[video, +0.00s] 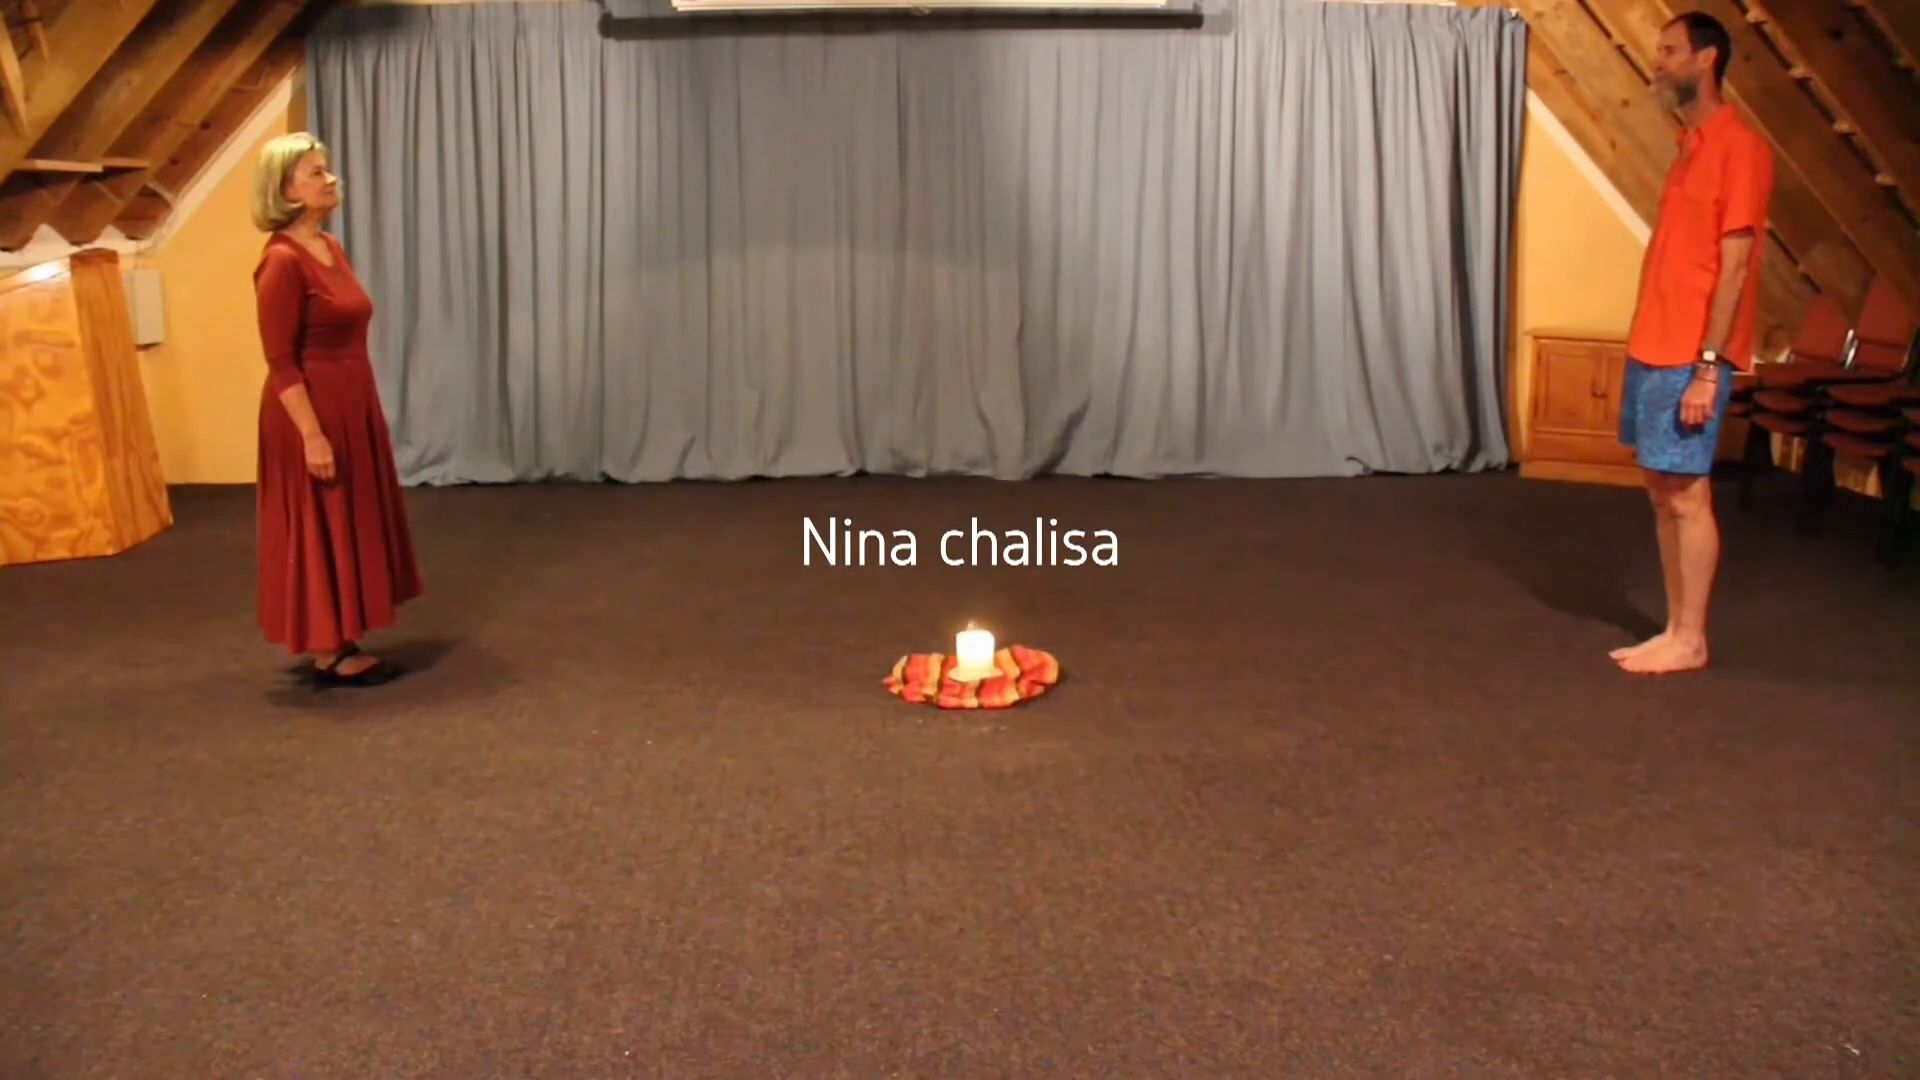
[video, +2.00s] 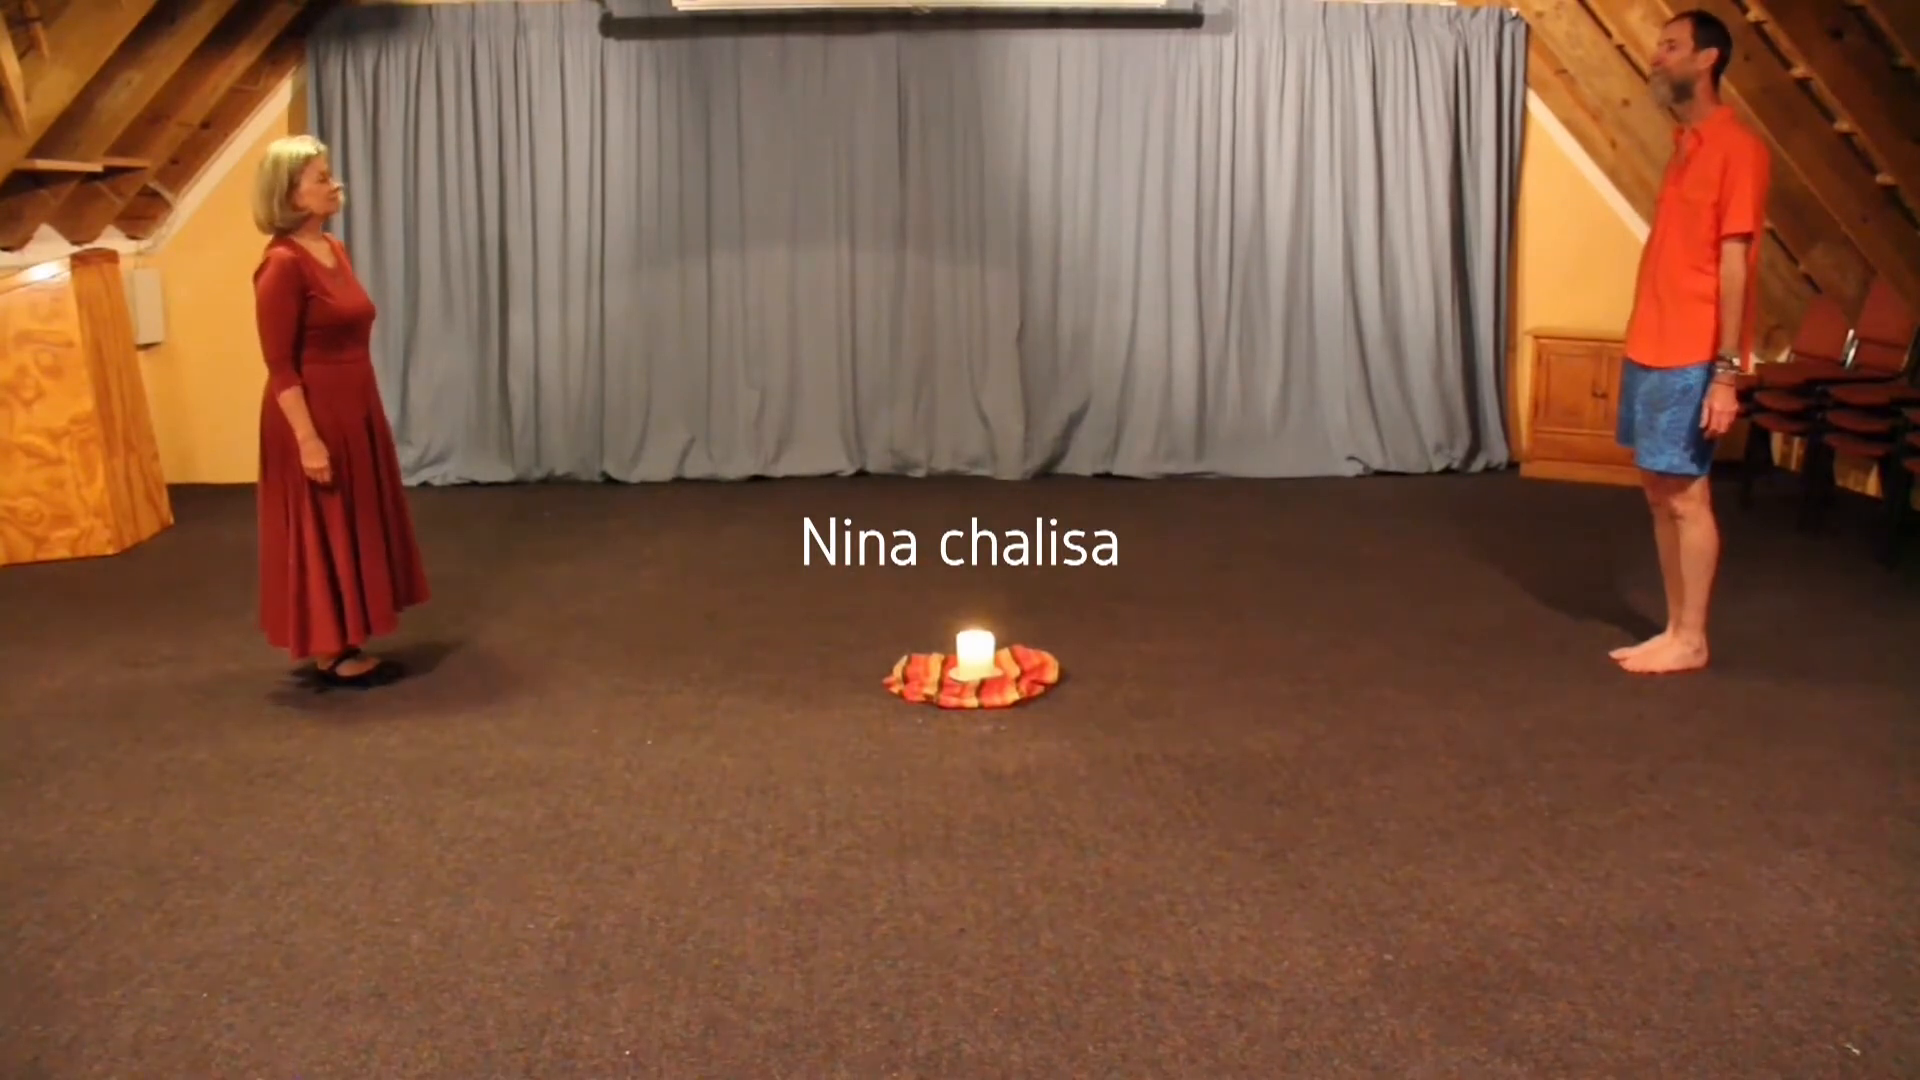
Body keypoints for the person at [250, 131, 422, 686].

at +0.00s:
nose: (331, 179)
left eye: (328, 170)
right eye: (317, 173)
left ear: (323, 182)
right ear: (287, 189)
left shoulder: (329, 246)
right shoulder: (281, 261)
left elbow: (341, 340)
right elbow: (280, 361)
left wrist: (361, 407)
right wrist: (312, 434)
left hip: (349, 401)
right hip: (312, 408)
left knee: (345, 519)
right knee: (318, 524)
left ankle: (340, 641)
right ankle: (326, 647)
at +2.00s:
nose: (334, 186)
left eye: (331, 176)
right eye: (321, 180)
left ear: (320, 188)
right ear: (291, 193)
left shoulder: (333, 249)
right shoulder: (280, 264)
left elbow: (345, 343)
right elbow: (279, 364)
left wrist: (366, 411)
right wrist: (307, 437)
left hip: (352, 406)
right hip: (312, 414)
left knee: (348, 522)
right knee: (319, 527)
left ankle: (341, 642)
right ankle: (326, 648)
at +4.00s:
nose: (359, 182)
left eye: (356, 173)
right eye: (346, 175)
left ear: (341, 185)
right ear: (316, 189)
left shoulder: (351, 248)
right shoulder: (308, 262)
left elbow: (370, 347)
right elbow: (304, 363)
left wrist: (391, 417)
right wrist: (324, 437)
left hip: (371, 408)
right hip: (335, 413)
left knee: (362, 524)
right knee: (336, 528)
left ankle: (355, 646)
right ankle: (338, 651)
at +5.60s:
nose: (351, 192)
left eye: (349, 182)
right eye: (339, 186)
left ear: (343, 188)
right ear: (307, 198)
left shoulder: (347, 250)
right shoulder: (291, 268)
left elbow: (359, 341)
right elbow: (282, 366)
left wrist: (376, 410)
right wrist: (292, 442)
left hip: (362, 407)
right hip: (319, 413)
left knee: (354, 520)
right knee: (325, 525)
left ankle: (343, 641)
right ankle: (329, 647)